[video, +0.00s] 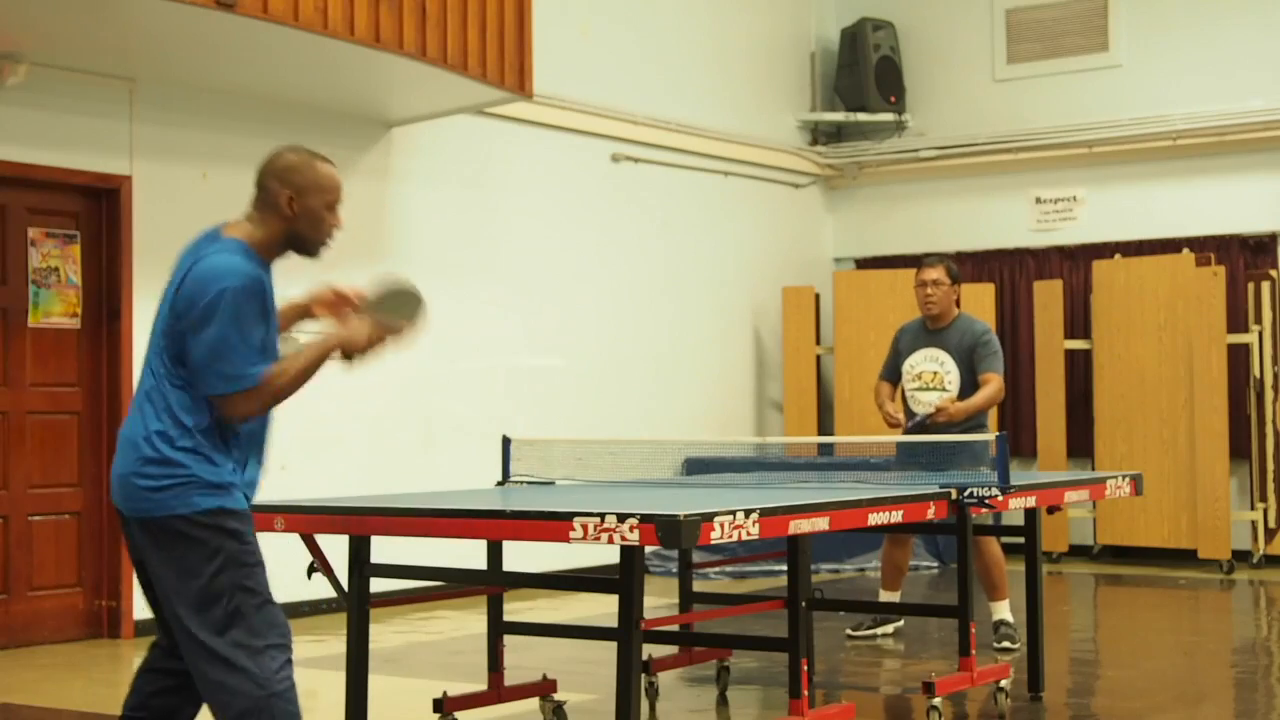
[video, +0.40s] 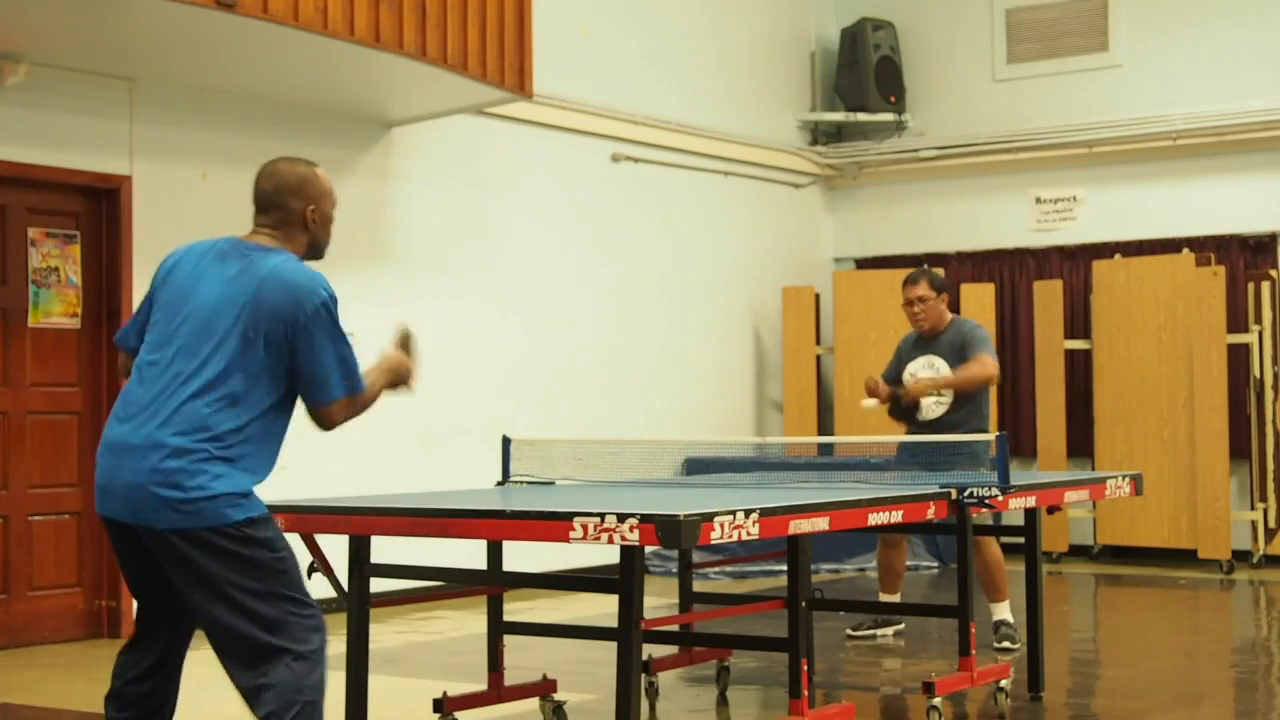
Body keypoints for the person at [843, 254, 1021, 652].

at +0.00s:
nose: (927, 293)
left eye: (935, 285)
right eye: (921, 286)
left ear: (955, 291)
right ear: (915, 291)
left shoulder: (979, 335)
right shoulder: (906, 335)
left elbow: (994, 387)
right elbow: (884, 385)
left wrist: (962, 409)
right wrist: (887, 406)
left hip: (965, 450)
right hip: (914, 450)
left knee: (979, 530)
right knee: (898, 528)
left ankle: (1002, 618)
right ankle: (887, 612)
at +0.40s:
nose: (914, 309)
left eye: (921, 301)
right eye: (908, 303)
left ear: (943, 300)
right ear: (904, 306)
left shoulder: (969, 333)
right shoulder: (910, 344)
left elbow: (987, 371)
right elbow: (894, 394)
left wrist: (930, 386)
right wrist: (880, 389)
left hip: (965, 452)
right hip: (917, 452)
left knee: (979, 532)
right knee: (892, 528)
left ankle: (1003, 620)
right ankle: (888, 614)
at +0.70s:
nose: (909, 298)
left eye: (917, 289)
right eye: (903, 292)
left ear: (937, 291)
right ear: (898, 298)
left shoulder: (958, 326)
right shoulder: (904, 343)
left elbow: (975, 354)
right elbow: (889, 394)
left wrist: (957, 327)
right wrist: (874, 387)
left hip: (958, 450)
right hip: (911, 452)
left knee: (973, 531)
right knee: (890, 526)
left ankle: (1002, 619)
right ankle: (884, 610)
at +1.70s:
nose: (953, 294)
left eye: (962, 287)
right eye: (947, 288)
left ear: (981, 292)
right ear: (940, 294)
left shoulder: (1000, 332)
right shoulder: (939, 337)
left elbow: (1014, 373)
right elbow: (927, 387)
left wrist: (990, 360)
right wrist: (915, 387)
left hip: (985, 446)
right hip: (941, 446)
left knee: (993, 529)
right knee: (926, 524)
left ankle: (1017, 616)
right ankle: (911, 610)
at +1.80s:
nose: (953, 295)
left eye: (962, 287)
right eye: (947, 288)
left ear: (980, 293)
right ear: (940, 294)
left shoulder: (1001, 335)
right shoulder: (935, 339)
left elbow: (1018, 383)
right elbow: (917, 387)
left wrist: (985, 385)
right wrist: (916, 395)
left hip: (985, 448)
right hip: (939, 447)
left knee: (993, 529)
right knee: (923, 525)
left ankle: (1016, 616)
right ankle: (909, 611)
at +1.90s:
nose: (951, 291)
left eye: (960, 284)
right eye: (945, 284)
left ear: (979, 289)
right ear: (939, 290)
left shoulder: (1002, 332)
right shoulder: (933, 335)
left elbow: (1020, 383)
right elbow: (912, 384)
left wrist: (983, 394)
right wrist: (915, 400)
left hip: (984, 446)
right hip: (937, 445)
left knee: (995, 526)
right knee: (919, 522)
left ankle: (1016, 614)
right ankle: (905, 608)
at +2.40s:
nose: (946, 292)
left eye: (954, 284)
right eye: (941, 286)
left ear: (976, 288)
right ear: (937, 292)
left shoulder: (996, 321)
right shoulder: (942, 331)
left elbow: (998, 341)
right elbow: (921, 374)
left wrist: (978, 338)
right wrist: (908, 370)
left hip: (983, 444)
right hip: (937, 443)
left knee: (993, 527)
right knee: (913, 517)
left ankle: (1017, 613)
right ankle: (899, 601)